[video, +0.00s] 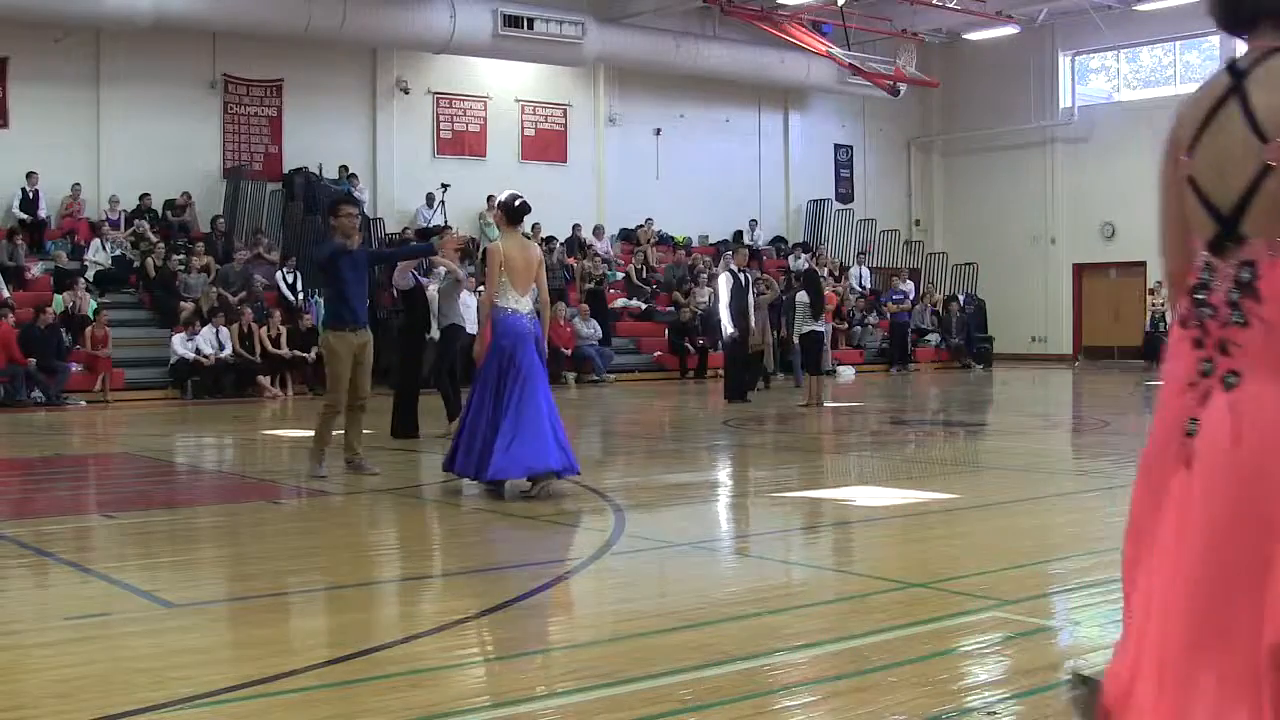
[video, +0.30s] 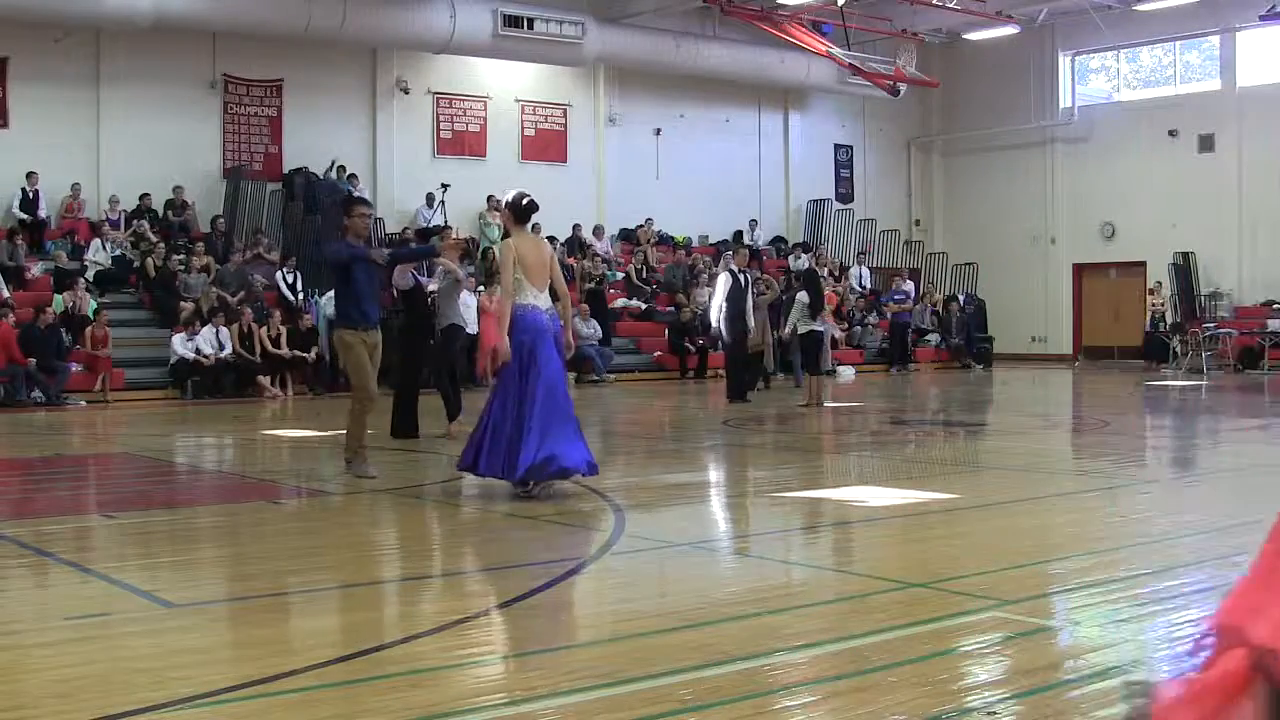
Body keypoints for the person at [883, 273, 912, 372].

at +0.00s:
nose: (895, 282)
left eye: (896, 280)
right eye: (893, 281)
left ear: (899, 282)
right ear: (890, 283)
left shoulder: (904, 293)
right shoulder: (889, 293)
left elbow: (909, 306)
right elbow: (890, 308)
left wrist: (897, 307)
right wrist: (902, 306)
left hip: (904, 320)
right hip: (895, 320)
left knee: (905, 342)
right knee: (894, 343)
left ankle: (905, 363)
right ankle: (894, 364)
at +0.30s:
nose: (897, 283)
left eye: (899, 281)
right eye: (895, 281)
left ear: (902, 282)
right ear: (892, 282)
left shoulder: (906, 293)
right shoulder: (890, 294)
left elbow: (910, 306)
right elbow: (891, 308)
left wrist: (897, 307)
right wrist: (903, 306)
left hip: (905, 320)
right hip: (895, 320)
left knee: (904, 343)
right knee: (895, 343)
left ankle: (905, 363)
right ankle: (894, 364)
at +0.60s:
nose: (902, 282)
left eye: (904, 280)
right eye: (900, 280)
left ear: (907, 281)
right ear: (897, 281)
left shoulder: (910, 294)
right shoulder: (894, 294)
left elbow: (912, 306)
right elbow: (893, 308)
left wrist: (899, 306)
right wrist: (906, 307)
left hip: (907, 321)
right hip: (896, 321)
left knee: (905, 343)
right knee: (895, 343)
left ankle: (905, 363)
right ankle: (894, 364)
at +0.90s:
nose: (904, 282)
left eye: (905, 280)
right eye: (902, 280)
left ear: (908, 281)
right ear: (899, 282)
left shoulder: (911, 294)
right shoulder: (894, 294)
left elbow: (912, 306)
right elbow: (893, 308)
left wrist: (899, 306)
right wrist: (906, 307)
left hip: (907, 321)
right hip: (896, 321)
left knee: (906, 343)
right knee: (896, 343)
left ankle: (905, 363)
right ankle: (895, 364)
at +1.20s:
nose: (902, 283)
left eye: (904, 281)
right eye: (900, 281)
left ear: (907, 281)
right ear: (897, 281)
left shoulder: (910, 294)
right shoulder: (894, 294)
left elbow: (912, 306)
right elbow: (893, 307)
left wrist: (899, 306)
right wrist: (906, 306)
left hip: (907, 321)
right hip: (896, 321)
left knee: (906, 344)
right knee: (896, 343)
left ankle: (905, 364)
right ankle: (895, 364)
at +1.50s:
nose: (902, 283)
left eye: (904, 281)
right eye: (900, 281)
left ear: (906, 281)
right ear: (897, 282)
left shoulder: (910, 294)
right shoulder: (894, 294)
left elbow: (912, 306)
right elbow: (894, 307)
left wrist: (899, 305)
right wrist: (907, 306)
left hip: (907, 321)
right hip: (896, 321)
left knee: (906, 344)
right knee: (896, 343)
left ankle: (905, 364)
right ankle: (896, 364)